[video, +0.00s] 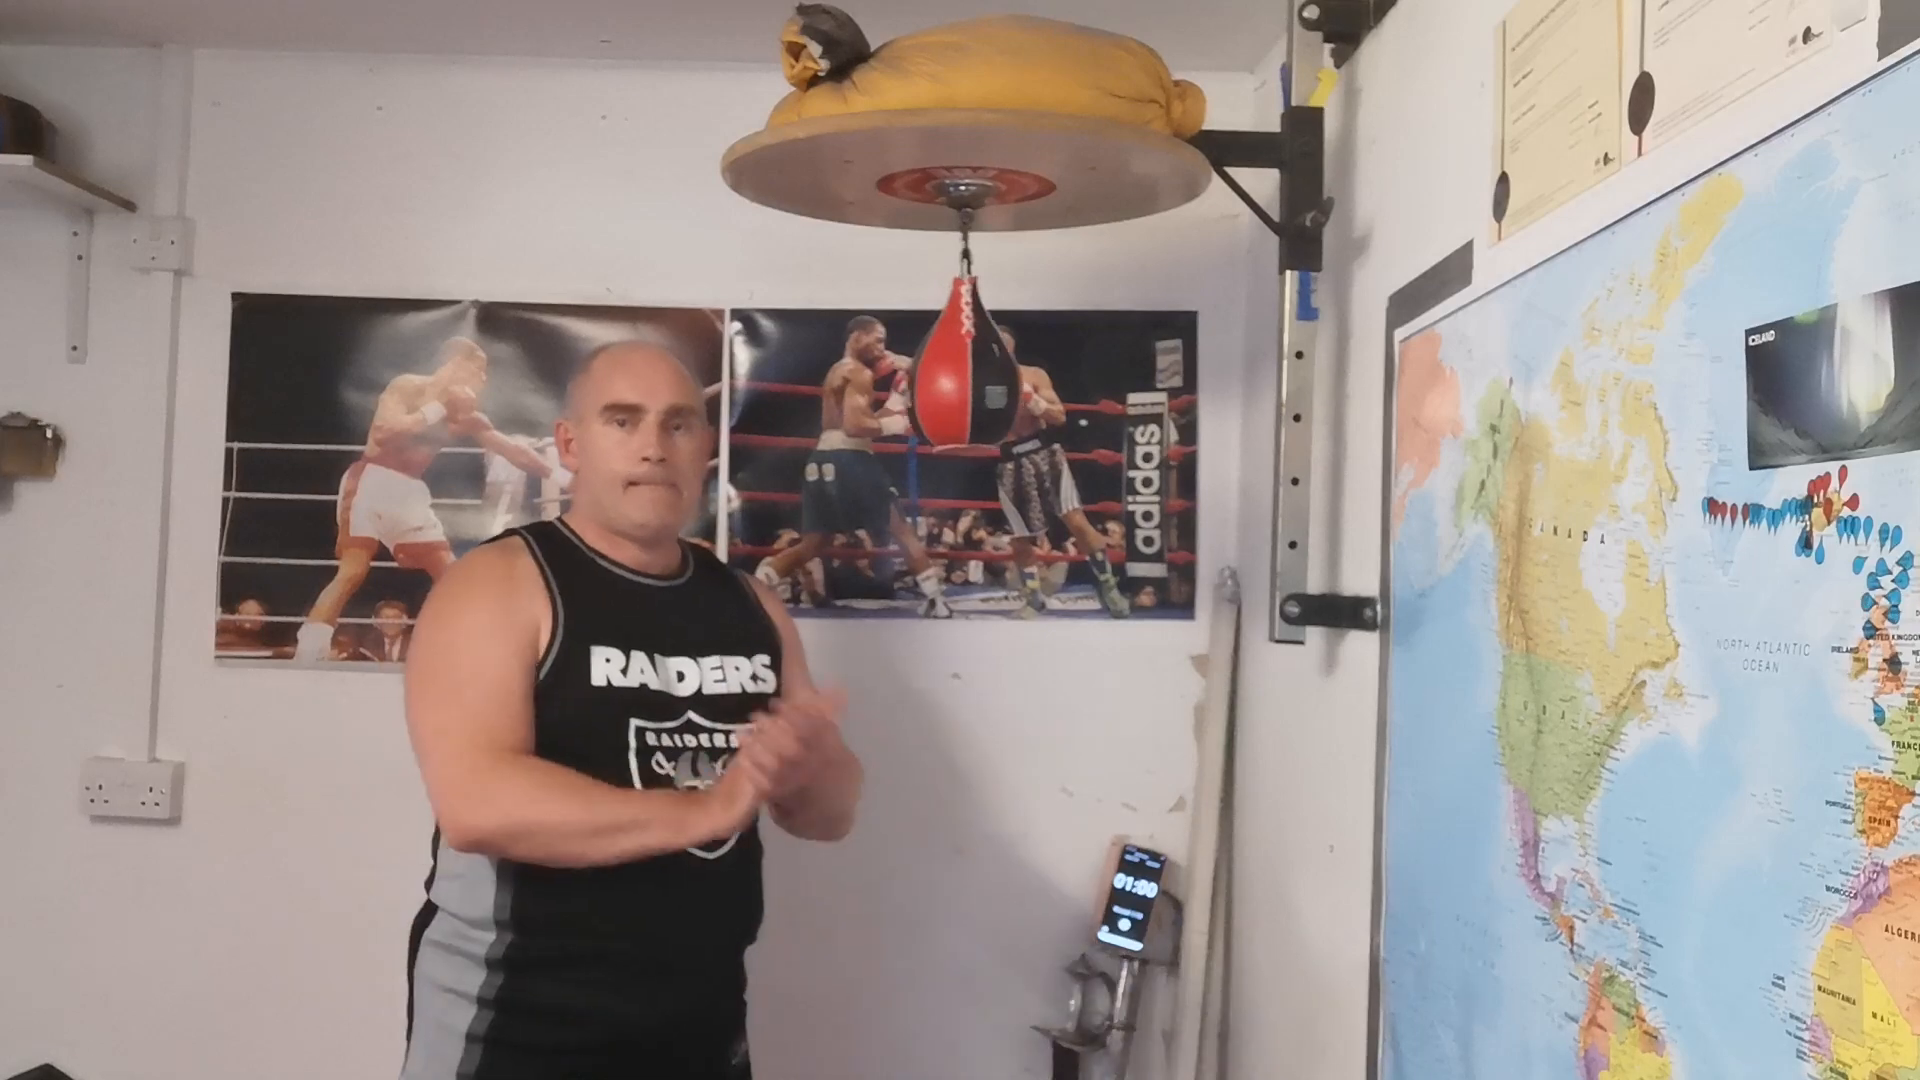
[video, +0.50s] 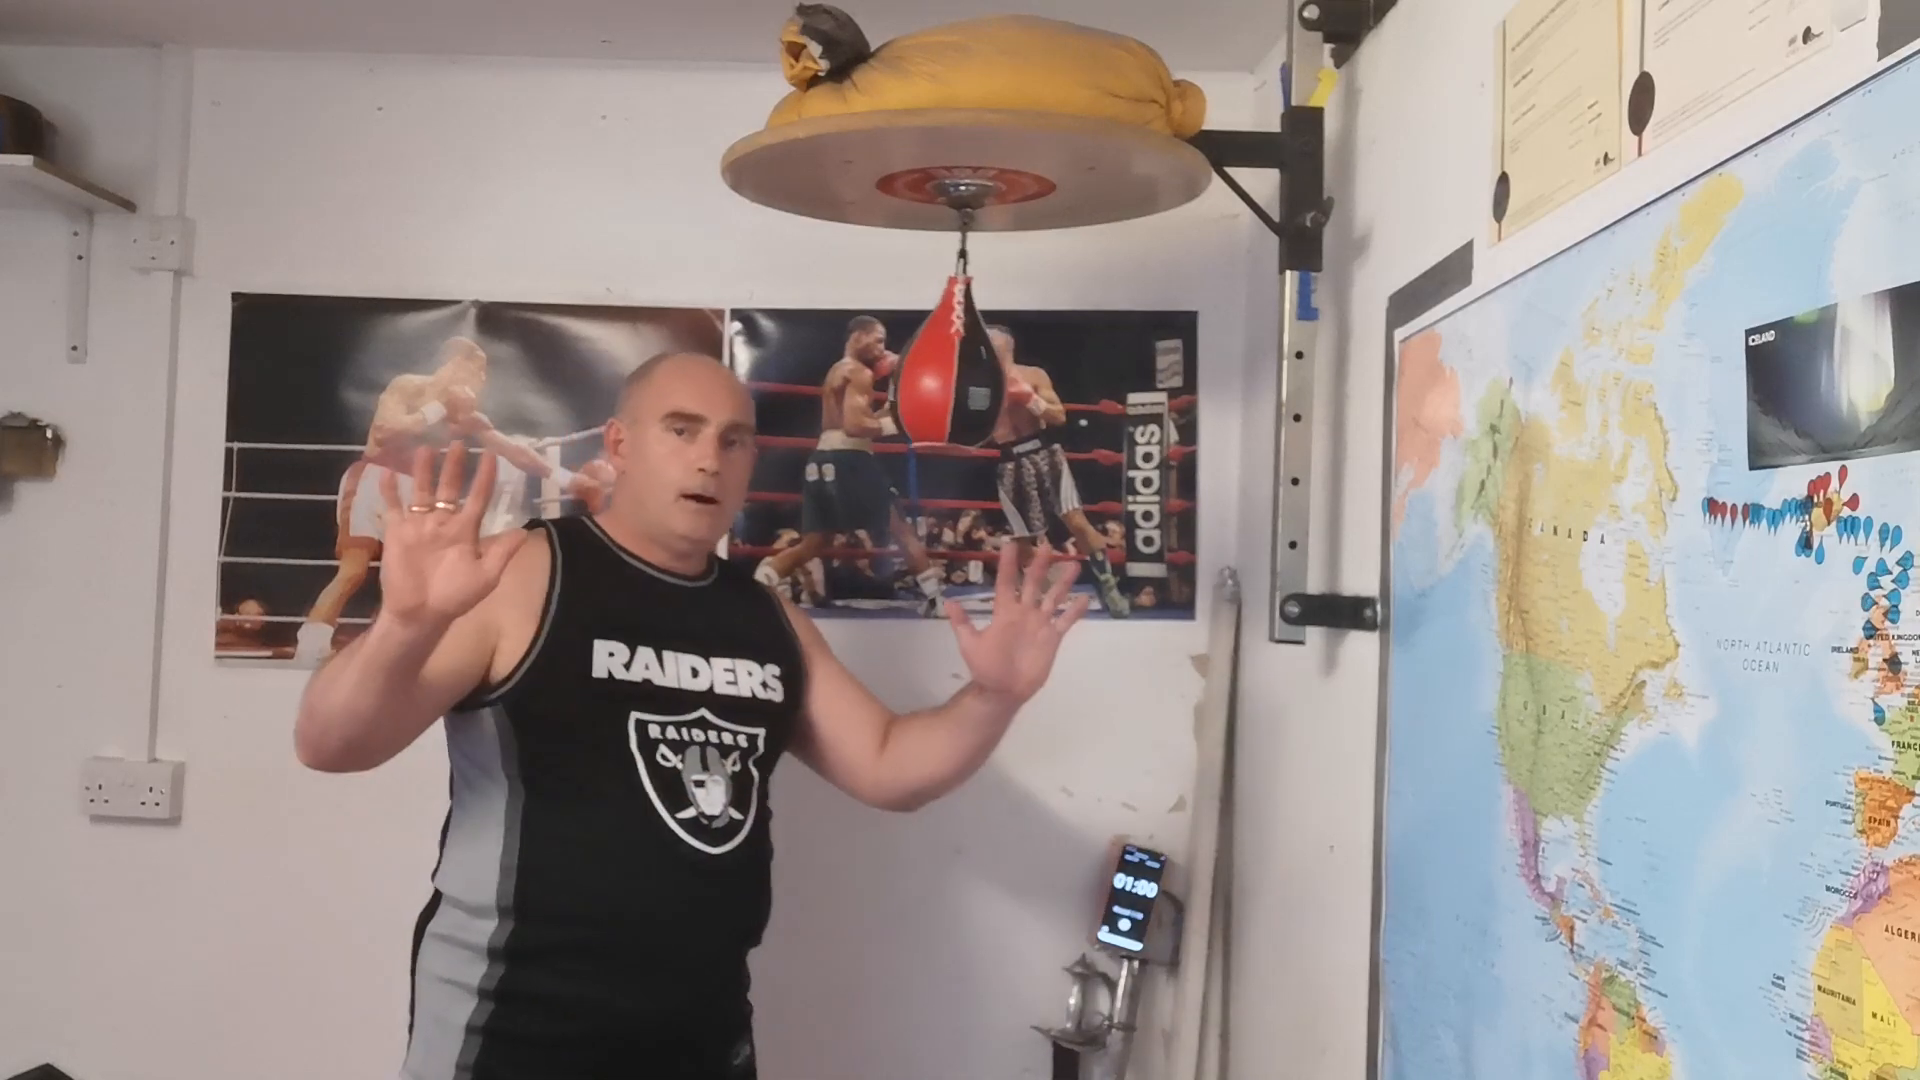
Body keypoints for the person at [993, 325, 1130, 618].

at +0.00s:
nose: (999, 354)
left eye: (1003, 348)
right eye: (994, 349)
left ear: (1012, 348)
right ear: (987, 352)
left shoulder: (1035, 375)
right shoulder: (984, 383)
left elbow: (1058, 417)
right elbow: (985, 430)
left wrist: (1038, 405)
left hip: (1046, 456)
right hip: (1011, 464)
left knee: (1075, 522)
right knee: (1021, 538)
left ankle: (1108, 586)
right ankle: (1032, 597)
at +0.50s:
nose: (995, 357)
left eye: (999, 349)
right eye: (991, 351)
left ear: (1010, 348)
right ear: (984, 354)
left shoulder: (1034, 375)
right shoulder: (982, 384)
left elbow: (1059, 417)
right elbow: (977, 430)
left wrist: (1033, 401)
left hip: (1046, 456)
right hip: (1011, 464)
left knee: (1075, 522)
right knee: (1025, 541)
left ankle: (1108, 587)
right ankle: (1032, 599)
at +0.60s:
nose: (986, 347)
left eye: (991, 340)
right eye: (982, 342)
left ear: (1009, 345)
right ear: (980, 350)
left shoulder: (1033, 375)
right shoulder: (983, 385)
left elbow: (1059, 417)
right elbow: (989, 425)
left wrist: (1033, 401)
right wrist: (965, 445)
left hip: (1046, 457)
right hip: (1011, 465)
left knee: (1075, 522)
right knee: (1027, 540)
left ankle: (1109, 587)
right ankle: (1030, 602)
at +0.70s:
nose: (985, 347)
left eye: (991, 340)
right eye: (982, 342)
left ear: (1009, 346)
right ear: (980, 351)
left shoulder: (1033, 375)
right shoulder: (981, 385)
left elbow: (1059, 417)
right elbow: (982, 425)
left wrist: (1030, 399)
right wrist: (964, 445)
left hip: (1046, 457)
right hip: (1011, 465)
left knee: (1076, 522)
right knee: (1025, 540)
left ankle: (1109, 587)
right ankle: (1030, 600)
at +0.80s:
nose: (994, 353)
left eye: (998, 345)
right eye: (989, 347)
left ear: (1010, 347)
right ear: (983, 353)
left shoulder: (1034, 375)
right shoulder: (982, 384)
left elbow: (1059, 417)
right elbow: (977, 432)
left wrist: (1035, 402)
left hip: (1046, 456)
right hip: (1011, 464)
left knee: (1075, 521)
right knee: (1025, 541)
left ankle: (1109, 587)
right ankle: (1034, 601)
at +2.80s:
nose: (998, 355)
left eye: (1002, 349)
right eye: (993, 350)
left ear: (1012, 350)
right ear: (987, 353)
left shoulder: (1034, 375)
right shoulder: (983, 383)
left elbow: (1059, 417)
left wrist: (1036, 403)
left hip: (1046, 455)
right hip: (1011, 464)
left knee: (1074, 521)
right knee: (1022, 538)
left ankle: (1108, 587)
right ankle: (1032, 599)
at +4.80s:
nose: (1002, 357)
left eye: (1005, 350)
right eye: (995, 354)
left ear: (1012, 351)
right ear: (988, 361)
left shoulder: (1033, 376)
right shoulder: (984, 386)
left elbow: (1059, 417)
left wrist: (1041, 407)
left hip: (1047, 455)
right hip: (1011, 464)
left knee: (1077, 523)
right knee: (1021, 537)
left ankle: (1110, 591)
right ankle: (1032, 600)